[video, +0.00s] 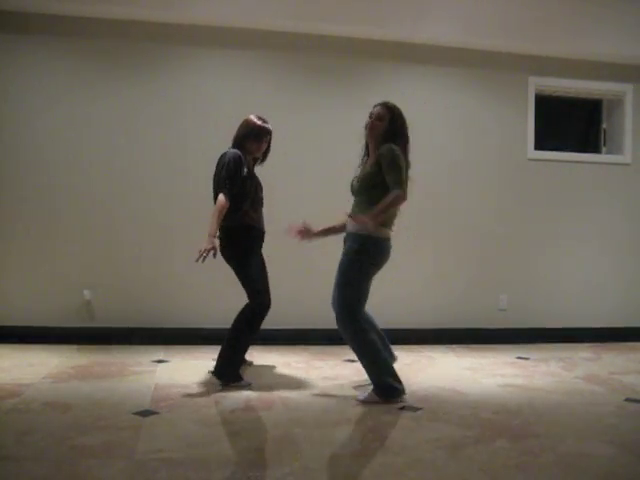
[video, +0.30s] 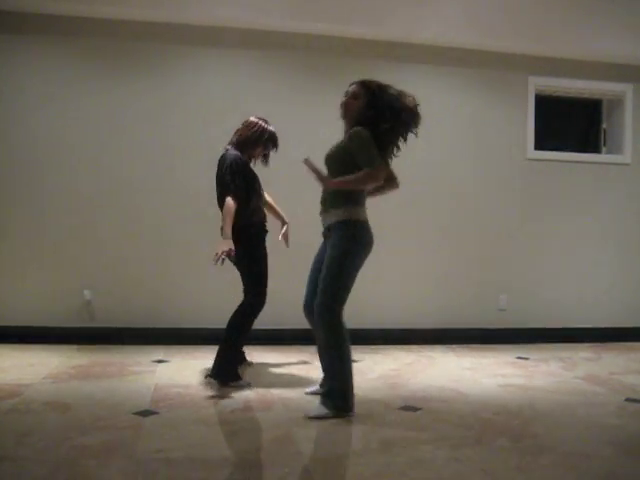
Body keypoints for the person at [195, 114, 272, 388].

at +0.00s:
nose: (264, 147)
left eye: (266, 142)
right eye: (261, 141)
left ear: (261, 144)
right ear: (249, 139)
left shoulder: (247, 166)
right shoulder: (233, 158)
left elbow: (241, 204)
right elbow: (222, 199)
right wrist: (212, 237)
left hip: (249, 239)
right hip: (238, 240)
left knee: (261, 300)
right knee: (259, 301)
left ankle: (232, 358)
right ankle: (226, 368)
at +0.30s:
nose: (263, 154)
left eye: (265, 150)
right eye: (263, 148)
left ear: (250, 140)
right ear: (253, 142)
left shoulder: (241, 161)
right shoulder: (233, 160)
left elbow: (261, 195)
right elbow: (230, 200)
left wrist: (283, 220)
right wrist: (226, 238)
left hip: (253, 236)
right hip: (246, 238)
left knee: (254, 297)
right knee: (254, 299)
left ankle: (234, 351)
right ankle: (222, 368)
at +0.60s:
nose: (262, 154)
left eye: (264, 150)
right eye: (262, 148)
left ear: (247, 140)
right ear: (252, 142)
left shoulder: (245, 163)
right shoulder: (231, 152)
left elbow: (258, 199)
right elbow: (222, 185)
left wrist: (283, 183)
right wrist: (226, 210)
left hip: (251, 236)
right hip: (241, 236)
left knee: (251, 298)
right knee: (251, 299)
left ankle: (230, 357)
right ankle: (225, 369)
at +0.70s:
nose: (260, 157)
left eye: (262, 153)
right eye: (260, 151)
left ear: (249, 143)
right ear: (251, 143)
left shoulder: (243, 164)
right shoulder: (226, 152)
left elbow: (250, 204)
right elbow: (214, 190)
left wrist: (276, 189)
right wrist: (226, 187)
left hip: (250, 235)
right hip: (241, 235)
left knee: (249, 298)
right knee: (247, 299)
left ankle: (231, 354)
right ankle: (222, 370)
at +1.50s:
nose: (242, 154)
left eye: (243, 149)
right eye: (241, 147)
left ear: (224, 139)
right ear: (230, 141)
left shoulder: (223, 156)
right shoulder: (215, 155)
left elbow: (256, 174)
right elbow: (247, 181)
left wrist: (292, 184)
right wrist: (273, 197)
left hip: (244, 235)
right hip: (238, 237)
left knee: (246, 299)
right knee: (246, 300)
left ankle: (227, 352)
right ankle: (220, 371)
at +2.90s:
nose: (214, 162)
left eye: (213, 158)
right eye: (211, 159)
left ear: (192, 163)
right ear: (200, 162)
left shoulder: (208, 186)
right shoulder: (207, 189)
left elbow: (249, 196)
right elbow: (243, 216)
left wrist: (286, 195)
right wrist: (288, 218)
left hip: (256, 241)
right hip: (259, 244)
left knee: (252, 305)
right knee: (252, 308)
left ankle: (231, 353)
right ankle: (219, 373)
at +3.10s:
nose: (193, 162)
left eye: (191, 156)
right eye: (186, 165)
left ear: (198, 157)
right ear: (182, 179)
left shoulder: (213, 186)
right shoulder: (209, 194)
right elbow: (238, 231)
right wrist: (272, 256)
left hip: (263, 237)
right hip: (260, 242)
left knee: (256, 305)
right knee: (256, 307)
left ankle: (232, 353)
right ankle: (221, 372)